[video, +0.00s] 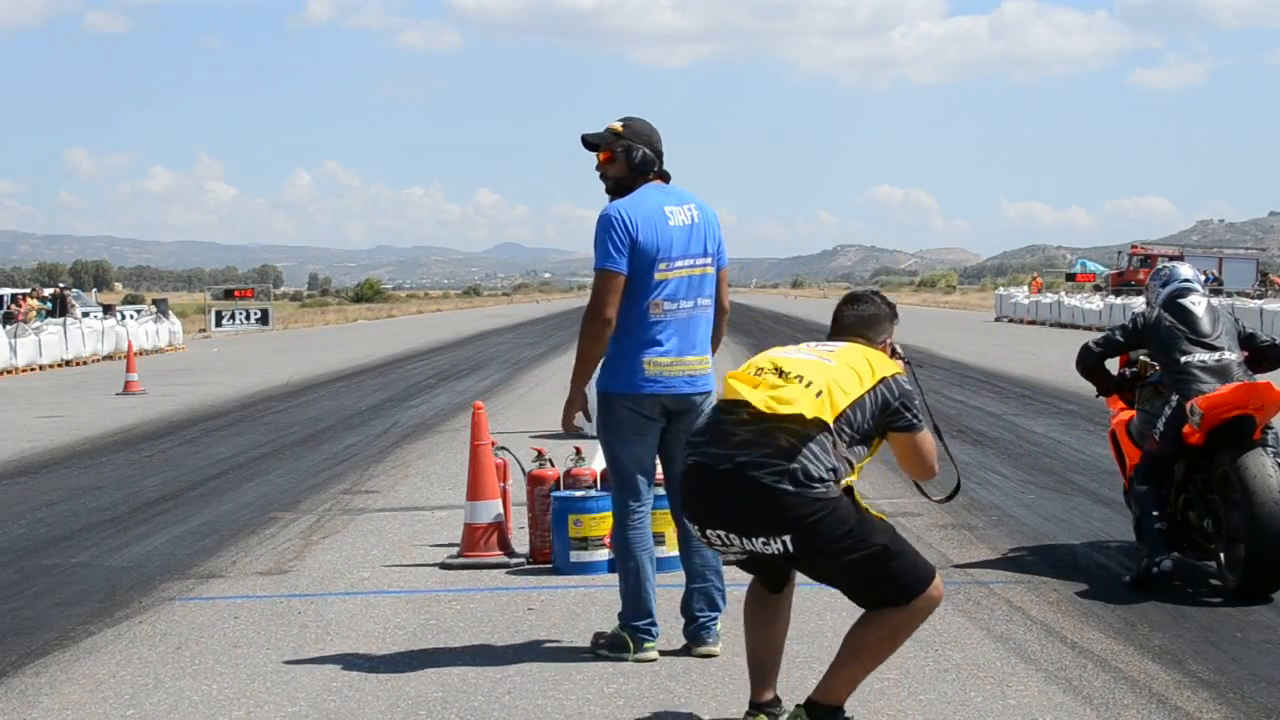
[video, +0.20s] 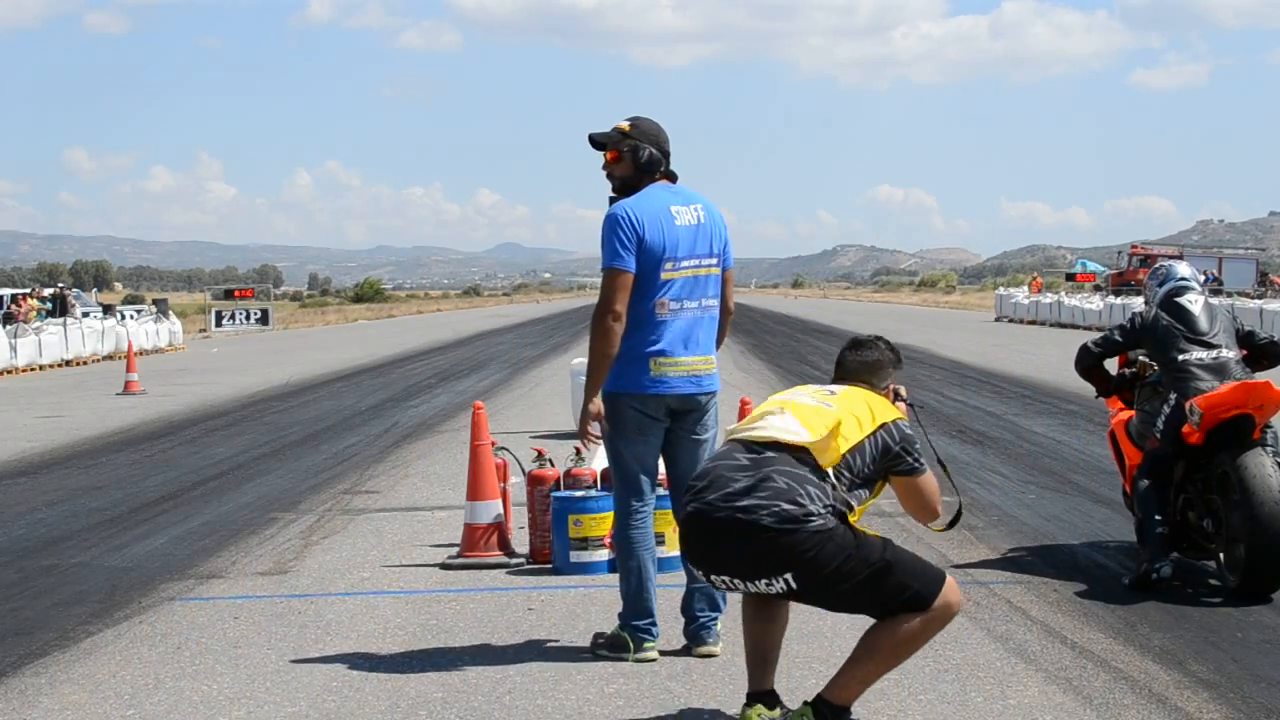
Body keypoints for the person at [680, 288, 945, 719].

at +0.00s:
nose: (892, 343)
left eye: (890, 337)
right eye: (891, 337)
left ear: (832, 333)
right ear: (884, 342)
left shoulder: (788, 352)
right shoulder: (888, 375)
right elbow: (923, 468)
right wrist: (900, 383)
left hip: (700, 483)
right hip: (786, 492)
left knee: (773, 571)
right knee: (921, 592)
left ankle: (762, 703)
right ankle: (822, 708)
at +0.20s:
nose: (896, 388)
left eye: (895, 383)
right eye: (895, 382)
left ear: (835, 377)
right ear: (887, 387)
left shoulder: (795, 395)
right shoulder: (889, 419)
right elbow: (929, 509)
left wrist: (877, 414)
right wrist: (901, 426)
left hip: (702, 527)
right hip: (790, 530)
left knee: (768, 577)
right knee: (941, 598)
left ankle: (759, 701)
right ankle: (828, 709)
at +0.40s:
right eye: (894, 416)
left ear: (834, 411)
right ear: (888, 419)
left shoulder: (794, 431)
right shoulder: (892, 453)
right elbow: (931, 543)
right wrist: (905, 455)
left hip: (707, 567)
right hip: (793, 569)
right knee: (952, 603)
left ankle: (764, 698)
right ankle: (830, 707)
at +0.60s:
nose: (900, 438)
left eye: (899, 433)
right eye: (898, 433)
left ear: (834, 428)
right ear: (890, 437)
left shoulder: (797, 449)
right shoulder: (893, 469)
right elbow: (932, 554)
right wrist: (905, 470)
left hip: (712, 591)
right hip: (798, 591)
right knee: (961, 608)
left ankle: (765, 698)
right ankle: (838, 707)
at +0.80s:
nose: (900, 443)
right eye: (898, 437)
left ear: (834, 433)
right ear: (890, 442)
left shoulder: (795, 455)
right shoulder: (893, 474)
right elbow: (933, 561)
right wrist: (904, 475)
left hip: (717, 601)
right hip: (799, 602)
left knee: (778, 567)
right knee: (965, 612)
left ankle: (767, 697)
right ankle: (839, 707)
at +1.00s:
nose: (899, 447)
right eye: (897, 441)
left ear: (832, 438)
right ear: (889, 447)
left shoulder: (792, 460)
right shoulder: (891, 478)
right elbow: (932, 565)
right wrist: (904, 481)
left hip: (718, 608)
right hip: (800, 611)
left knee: (777, 568)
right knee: (967, 612)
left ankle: (769, 696)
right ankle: (839, 707)